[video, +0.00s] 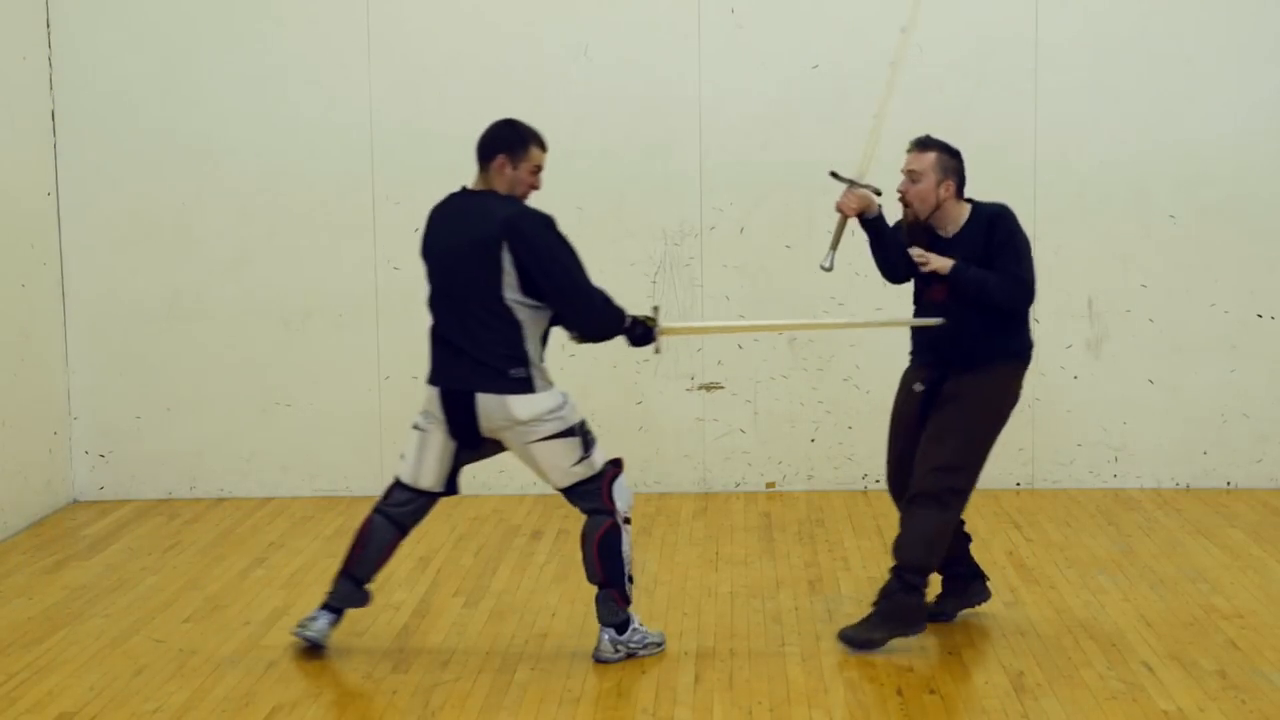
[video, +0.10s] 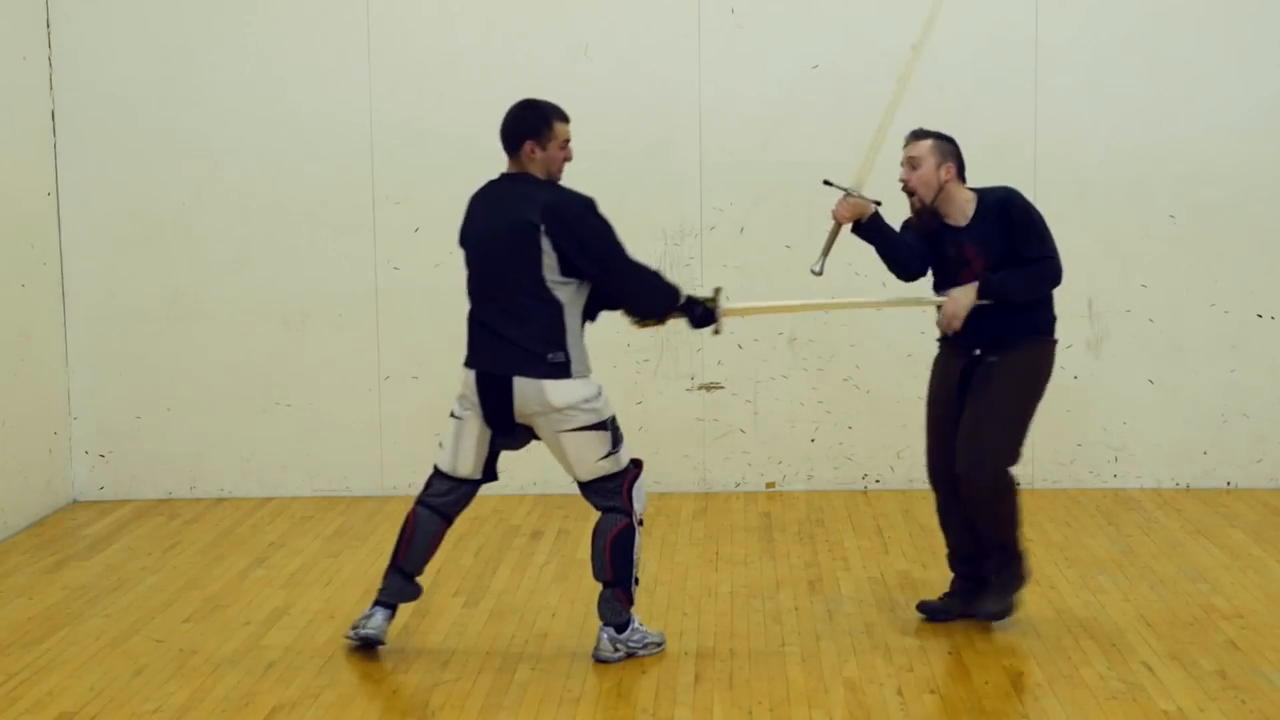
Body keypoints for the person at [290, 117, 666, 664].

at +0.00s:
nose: (537, 183)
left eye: (539, 171)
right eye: (532, 170)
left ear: (492, 166)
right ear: (501, 163)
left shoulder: (442, 215)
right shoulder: (524, 223)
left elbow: (476, 295)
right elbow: (578, 305)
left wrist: (554, 311)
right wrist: (627, 326)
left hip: (450, 393)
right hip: (520, 394)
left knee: (405, 498)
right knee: (602, 495)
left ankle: (328, 612)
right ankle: (617, 628)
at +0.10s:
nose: (568, 156)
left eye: (567, 145)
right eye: (562, 146)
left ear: (518, 149)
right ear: (532, 148)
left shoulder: (482, 203)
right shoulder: (564, 208)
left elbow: (541, 286)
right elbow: (623, 276)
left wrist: (622, 299)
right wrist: (683, 304)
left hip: (484, 377)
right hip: (556, 381)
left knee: (445, 490)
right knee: (616, 496)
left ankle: (381, 610)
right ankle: (618, 627)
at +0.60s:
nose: (630, 149)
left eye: (629, 139)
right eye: (625, 140)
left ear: (579, 141)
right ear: (599, 141)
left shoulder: (541, 190)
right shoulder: (625, 201)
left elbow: (619, 258)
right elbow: (692, 254)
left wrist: (697, 277)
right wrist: (760, 283)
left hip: (517, 362)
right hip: (589, 370)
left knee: (473, 485)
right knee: (627, 495)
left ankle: (421, 613)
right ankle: (616, 627)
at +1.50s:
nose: (620, 173)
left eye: (621, 162)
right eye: (620, 161)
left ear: (570, 147)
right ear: (604, 148)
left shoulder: (521, 182)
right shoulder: (612, 205)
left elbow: (542, 270)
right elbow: (657, 308)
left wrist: (622, 288)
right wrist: (694, 309)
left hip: (486, 356)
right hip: (560, 367)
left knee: (450, 489)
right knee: (608, 493)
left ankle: (413, 621)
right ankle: (616, 625)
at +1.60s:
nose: (601, 166)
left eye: (603, 156)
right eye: (602, 155)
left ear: (552, 139)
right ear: (588, 146)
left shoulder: (491, 178)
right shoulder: (592, 206)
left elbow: (446, 262)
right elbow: (605, 310)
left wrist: (482, 313)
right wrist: (563, 334)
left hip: (475, 354)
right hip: (552, 363)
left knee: (451, 489)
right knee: (601, 489)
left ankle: (419, 623)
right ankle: (617, 623)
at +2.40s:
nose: (583, 149)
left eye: (583, 139)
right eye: (580, 140)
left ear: (532, 138)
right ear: (557, 139)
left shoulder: (481, 195)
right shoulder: (588, 197)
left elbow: (446, 287)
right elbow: (588, 271)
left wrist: (488, 324)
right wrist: (537, 309)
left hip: (505, 357)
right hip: (575, 356)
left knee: (482, 479)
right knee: (600, 482)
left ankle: (428, 613)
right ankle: (564, 622)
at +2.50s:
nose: (613, 148)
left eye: (613, 137)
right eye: (611, 137)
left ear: (562, 132)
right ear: (588, 134)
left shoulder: (510, 190)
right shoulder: (616, 190)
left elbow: (481, 289)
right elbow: (610, 252)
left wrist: (526, 272)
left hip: (538, 353)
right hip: (603, 349)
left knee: (537, 470)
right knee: (608, 481)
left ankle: (474, 587)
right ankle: (566, 623)